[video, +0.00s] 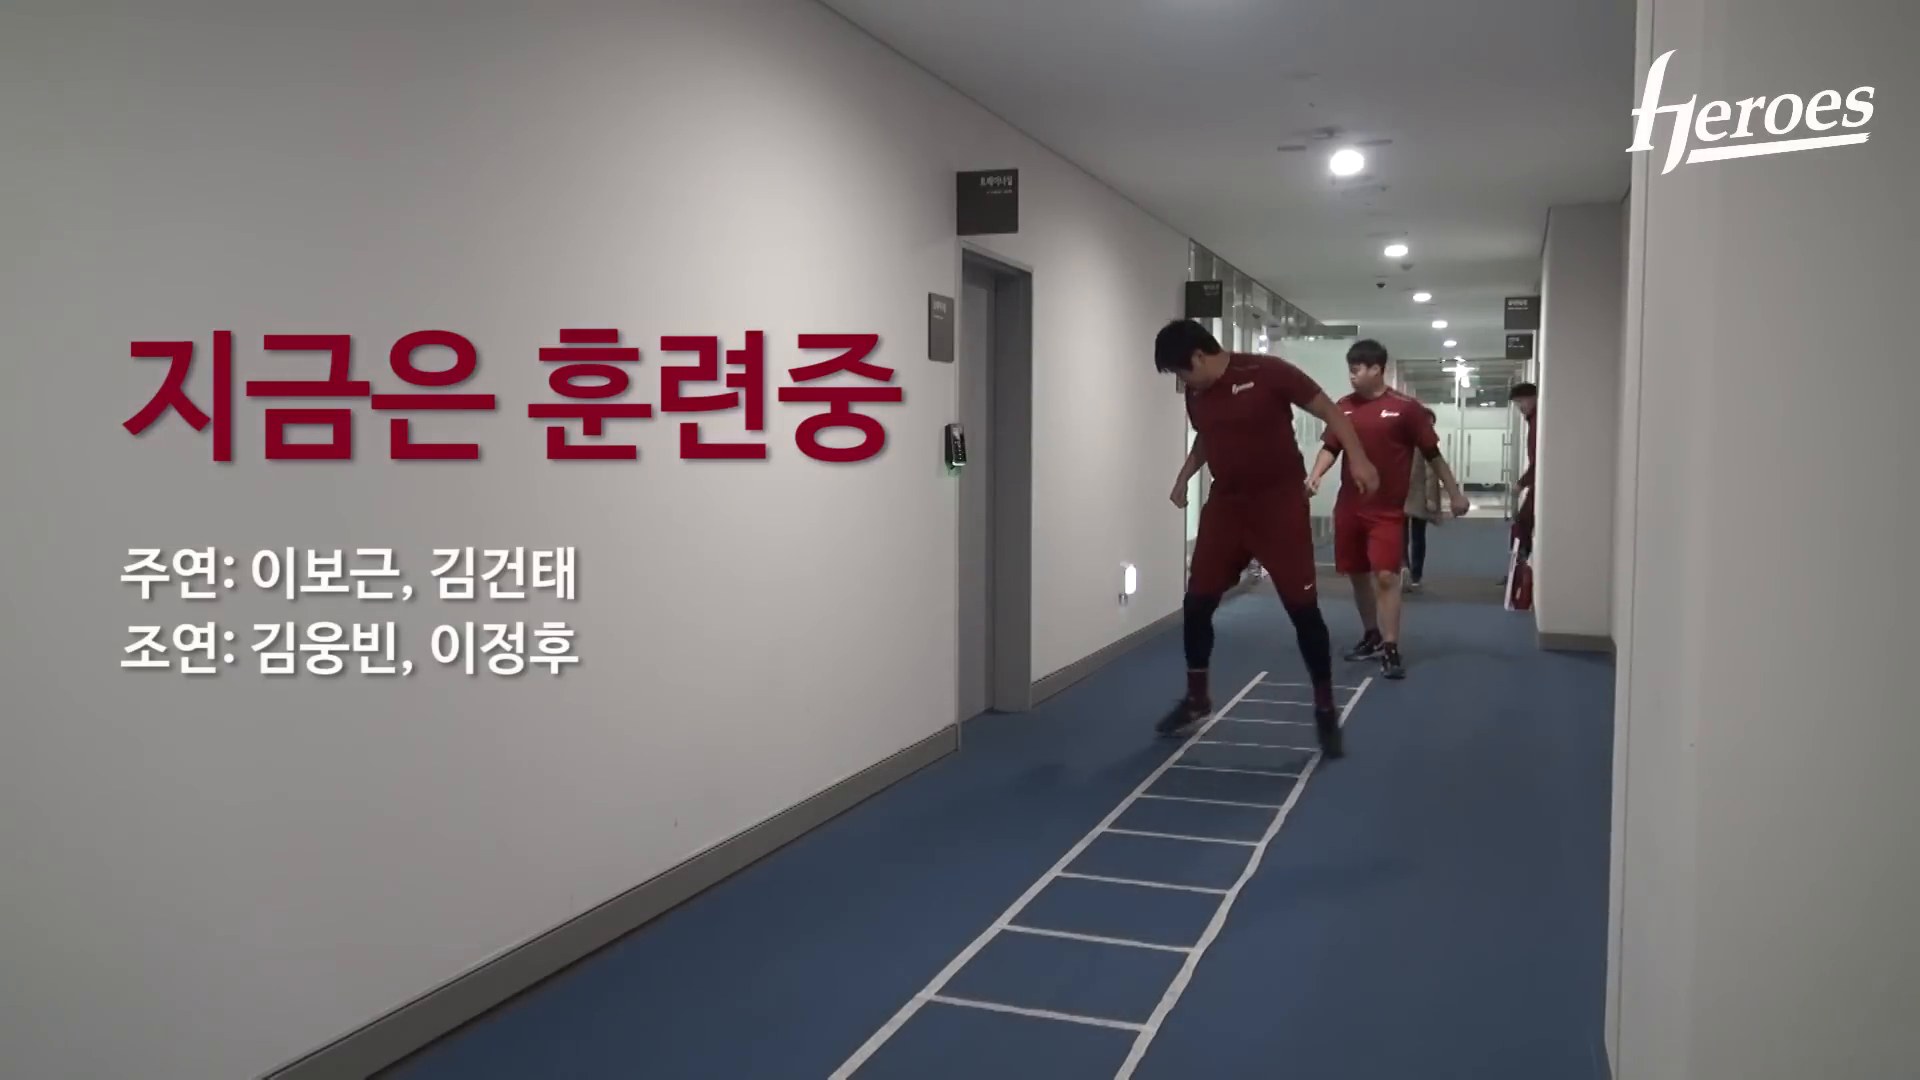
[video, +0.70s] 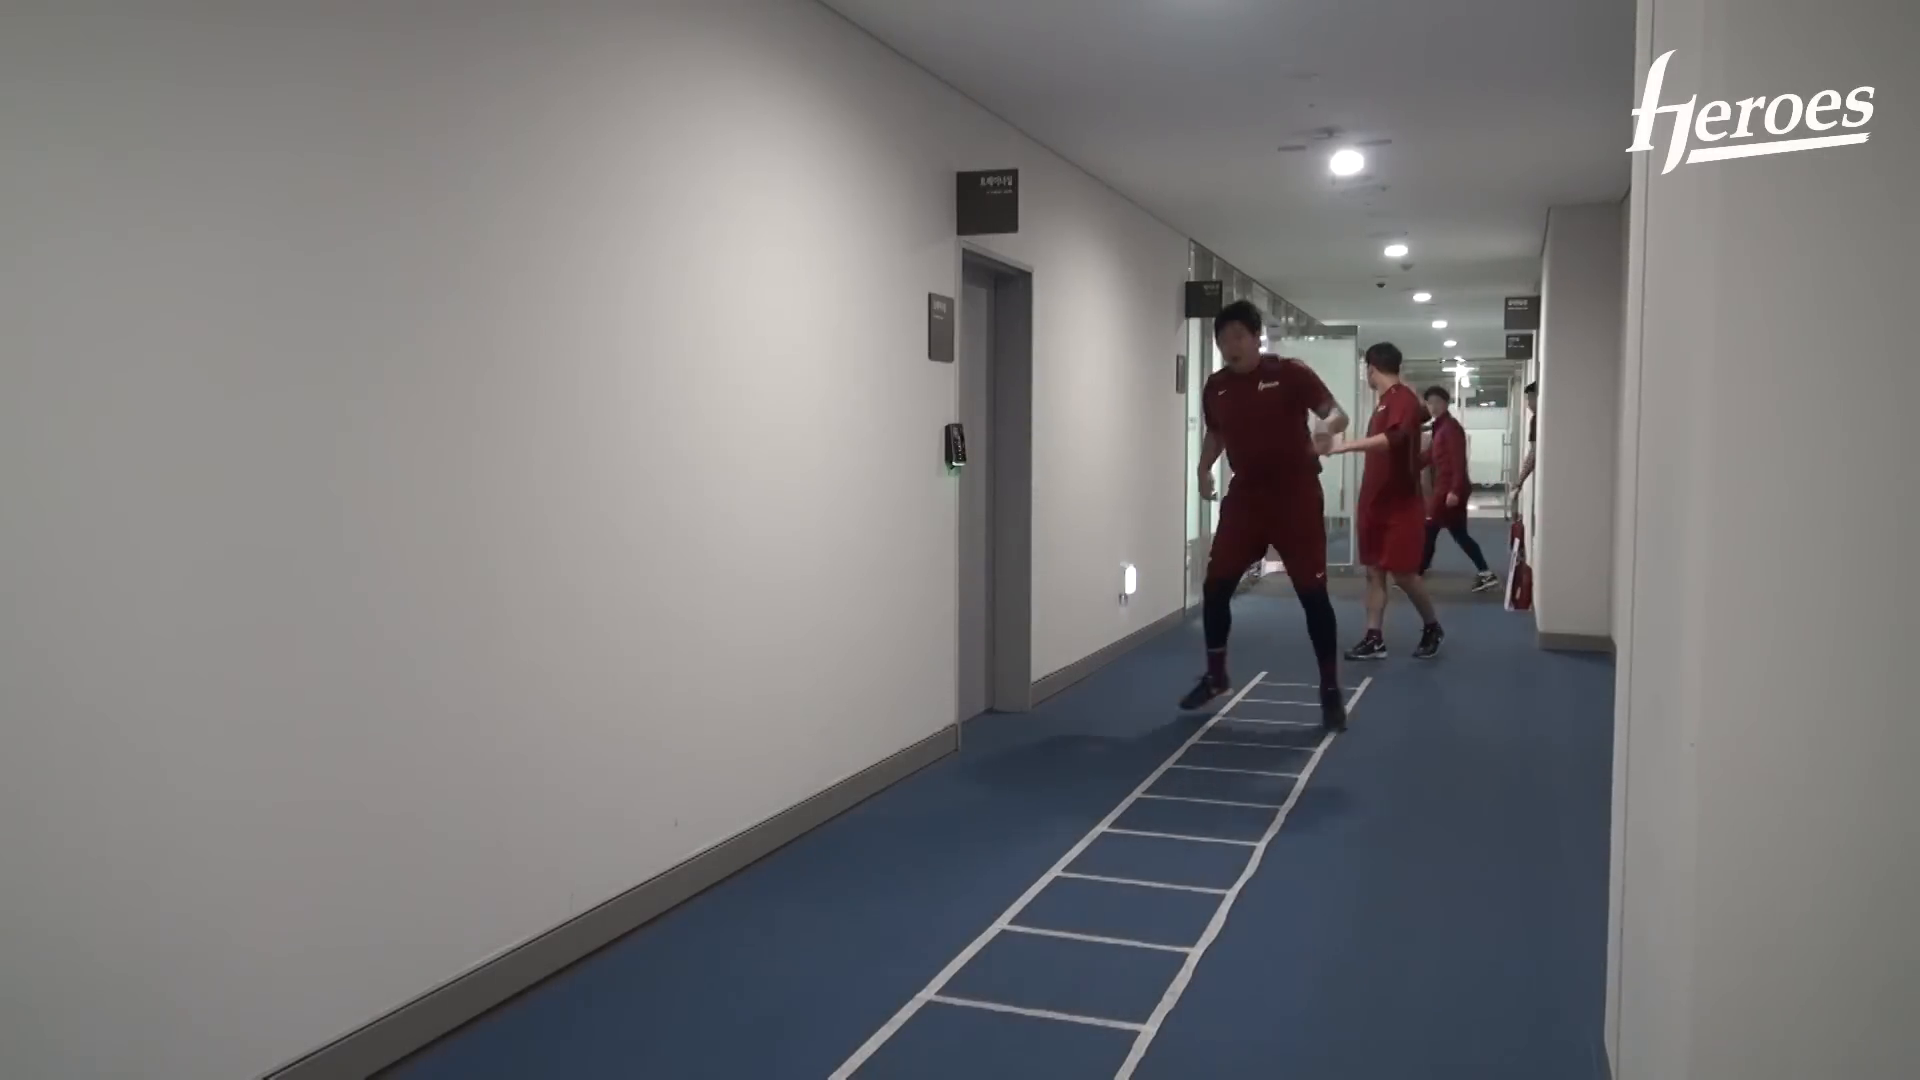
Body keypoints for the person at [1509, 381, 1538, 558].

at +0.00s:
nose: (1520, 407)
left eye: (1522, 402)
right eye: (1518, 403)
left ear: (1533, 399)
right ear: (1520, 403)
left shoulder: (1537, 421)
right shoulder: (1533, 421)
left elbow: (1537, 462)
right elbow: (1534, 461)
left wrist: (1521, 482)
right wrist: (1522, 482)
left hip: (1538, 484)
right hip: (1535, 483)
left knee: (1524, 522)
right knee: (1523, 522)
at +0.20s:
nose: (1490, 410)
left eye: (1491, 405)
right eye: (1488, 406)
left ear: (1501, 403)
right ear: (1502, 403)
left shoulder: (1510, 425)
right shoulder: (1515, 422)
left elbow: (1511, 463)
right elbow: (1513, 463)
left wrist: (1495, 486)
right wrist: (1498, 485)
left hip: (1516, 489)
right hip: (1523, 488)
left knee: (1503, 530)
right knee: (1524, 532)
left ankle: (1493, 577)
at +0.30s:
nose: (1477, 408)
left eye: (1479, 403)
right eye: (1475, 404)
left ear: (1490, 400)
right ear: (1489, 402)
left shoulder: (1497, 423)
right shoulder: (1497, 422)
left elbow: (1499, 460)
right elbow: (1500, 459)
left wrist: (1488, 486)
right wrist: (1489, 484)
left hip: (1506, 484)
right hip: (1507, 483)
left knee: (1494, 528)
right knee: (1494, 527)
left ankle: (1492, 577)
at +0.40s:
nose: (1466, 405)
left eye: (1468, 400)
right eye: (1465, 401)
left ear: (1480, 399)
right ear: (1474, 401)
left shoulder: (1486, 422)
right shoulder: (1483, 421)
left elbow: (1490, 457)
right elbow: (1487, 456)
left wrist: (1479, 485)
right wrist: (1479, 483)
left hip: (1493, 484)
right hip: (1492, 483)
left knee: (1472, 528)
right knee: (1486, 529)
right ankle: (1491, 574)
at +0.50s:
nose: (1455, 404)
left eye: (1458, 399)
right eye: (1454, 400)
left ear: (1469, 398)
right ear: (1458, 401)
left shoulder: (1477, 423)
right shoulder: (1469, 423)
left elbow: (1482, 457)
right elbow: (1464, 458)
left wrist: (1470, 482)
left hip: (1479, 485)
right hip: (1481, 486)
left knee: (1451, 525)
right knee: (1483, 530)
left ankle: (1469, 571)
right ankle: (1491, 576)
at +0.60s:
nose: (1444, 405)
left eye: (1447, 400)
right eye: (1442, 401)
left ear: (1457, 400)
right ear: (1445, 402)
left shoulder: (1465, 424)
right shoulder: (1455, 424)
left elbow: (1470, 457)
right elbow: (1446, 456)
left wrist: (1462, 484)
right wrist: (1422, 471)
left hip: (1467, 486)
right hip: (1467, 485)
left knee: (1443, 526)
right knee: (1475, 530)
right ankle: (1489, 575)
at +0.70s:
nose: (1432, 407)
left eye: (1435, 402)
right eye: (1429, 403)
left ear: (1445, 403)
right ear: (1428, 405)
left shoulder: (1451, 428)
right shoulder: (1440, 427)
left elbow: (1457, 461)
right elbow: (1432, 455)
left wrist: (1455, 490)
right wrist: (1413, 465)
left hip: (1449, 488)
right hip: (1448, 487)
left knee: (1430, 528)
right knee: (1459, 533)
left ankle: (1419, 571)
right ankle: (1485, 572)